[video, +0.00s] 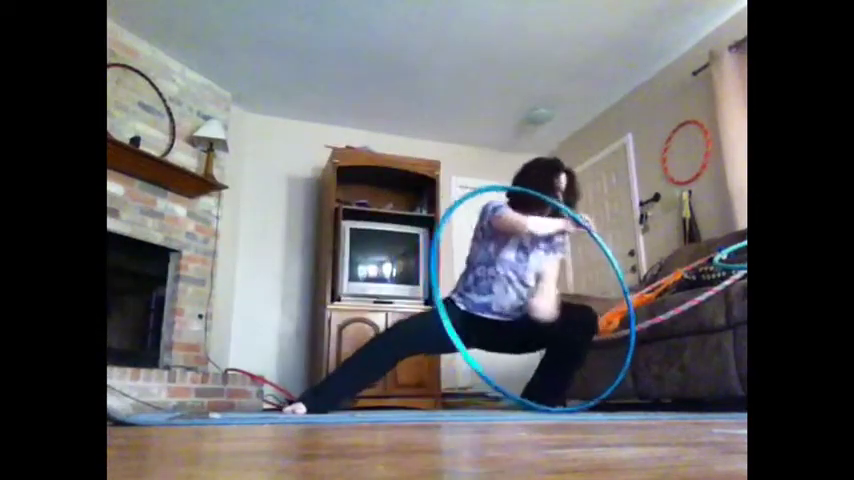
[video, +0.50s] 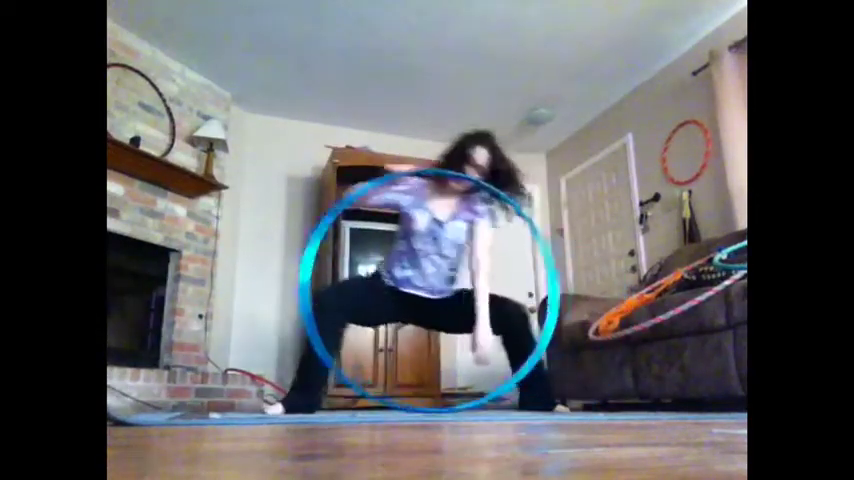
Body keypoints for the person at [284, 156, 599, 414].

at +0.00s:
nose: (554, 205)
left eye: (561, 199)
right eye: (549, 193)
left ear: (568, 204)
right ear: (529, 189)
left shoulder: (554, 241)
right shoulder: (495, 209)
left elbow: (542, 302)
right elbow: (519, 225)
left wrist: (553, 318)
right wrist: (557, 224)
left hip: (510, 326)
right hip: (462, 319)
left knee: (580, 321)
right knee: (398, 338)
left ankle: (537, 409)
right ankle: (308, 406)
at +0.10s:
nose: (552, 210)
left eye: (560, 205)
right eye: (547, 197)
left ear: (565, 207)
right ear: (527, 190)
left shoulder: (545, 238)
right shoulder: (488, 204)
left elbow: (539, 285)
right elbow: (491, 220)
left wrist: (518, 289)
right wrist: (538, 216)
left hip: (498, 321)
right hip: (449, 311)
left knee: (569, 317)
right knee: (386, 330)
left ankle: (539, 406)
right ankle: (310, 405)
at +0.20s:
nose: (534, 198)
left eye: (543, 194)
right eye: (531, 188)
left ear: (549, 200)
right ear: (515, 185)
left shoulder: (535, 228)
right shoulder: (484, 201)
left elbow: (521, 269)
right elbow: (452, 207)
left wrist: (495, 292)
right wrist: (513, 205)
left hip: (489, 315)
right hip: (440, 307)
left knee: (558, 313)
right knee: (379, 323)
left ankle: (540, 403)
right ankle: (309, 402)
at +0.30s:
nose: (512, 191)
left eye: (520, 189)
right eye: (510, 182)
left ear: (527, 196)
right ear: (497, 176)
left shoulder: (521, 223)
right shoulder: (467, 198)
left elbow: (504, 266)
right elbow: (423, 204)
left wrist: (479, 307)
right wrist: (477, 194)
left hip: (477, 310)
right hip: (428, 303)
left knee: (548, 311)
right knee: (368, 318)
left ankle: (539, 402)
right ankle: (306, 401)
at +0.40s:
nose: (492, 181)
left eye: (501, 178)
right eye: (489, 171)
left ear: (508, 186)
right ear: (474, 167)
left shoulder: (496, 218)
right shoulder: (437, 193)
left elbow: (485, 270)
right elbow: (378, 197)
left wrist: (476, 325)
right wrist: (422, 182)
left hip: (458, 306)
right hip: (407, 298)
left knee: (532, 315)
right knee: (349, 306)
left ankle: (539, 411)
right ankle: (301, 403)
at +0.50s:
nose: (470, 175)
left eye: (480, 171)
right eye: (467, 164)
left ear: (487, 177)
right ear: (453, 160)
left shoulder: (478, 210)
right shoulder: (414, 189)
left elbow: (480, 267)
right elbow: (355, 198)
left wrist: (480, 326)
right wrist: (383, 175)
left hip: (444, 303)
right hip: (391, 295)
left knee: (512, 315)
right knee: (331, 303)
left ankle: (540, 409)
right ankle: (300, 405)